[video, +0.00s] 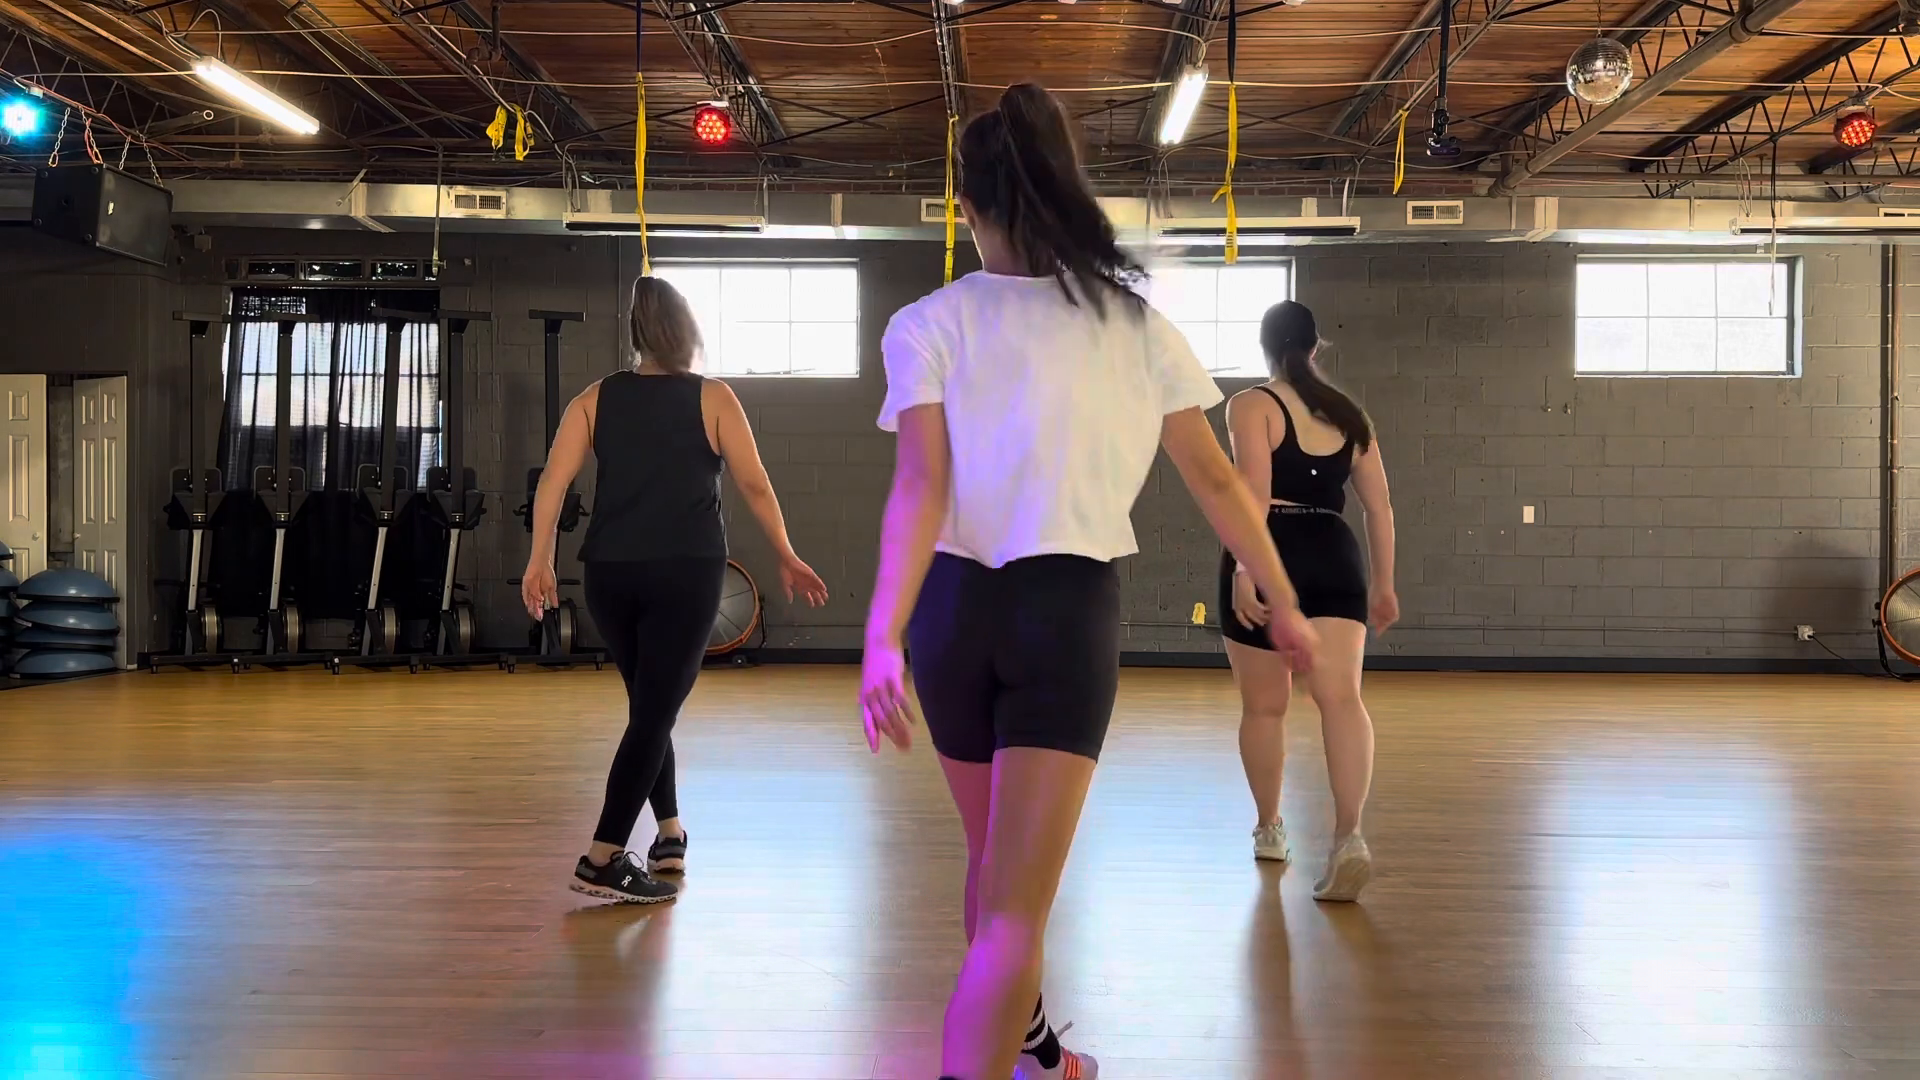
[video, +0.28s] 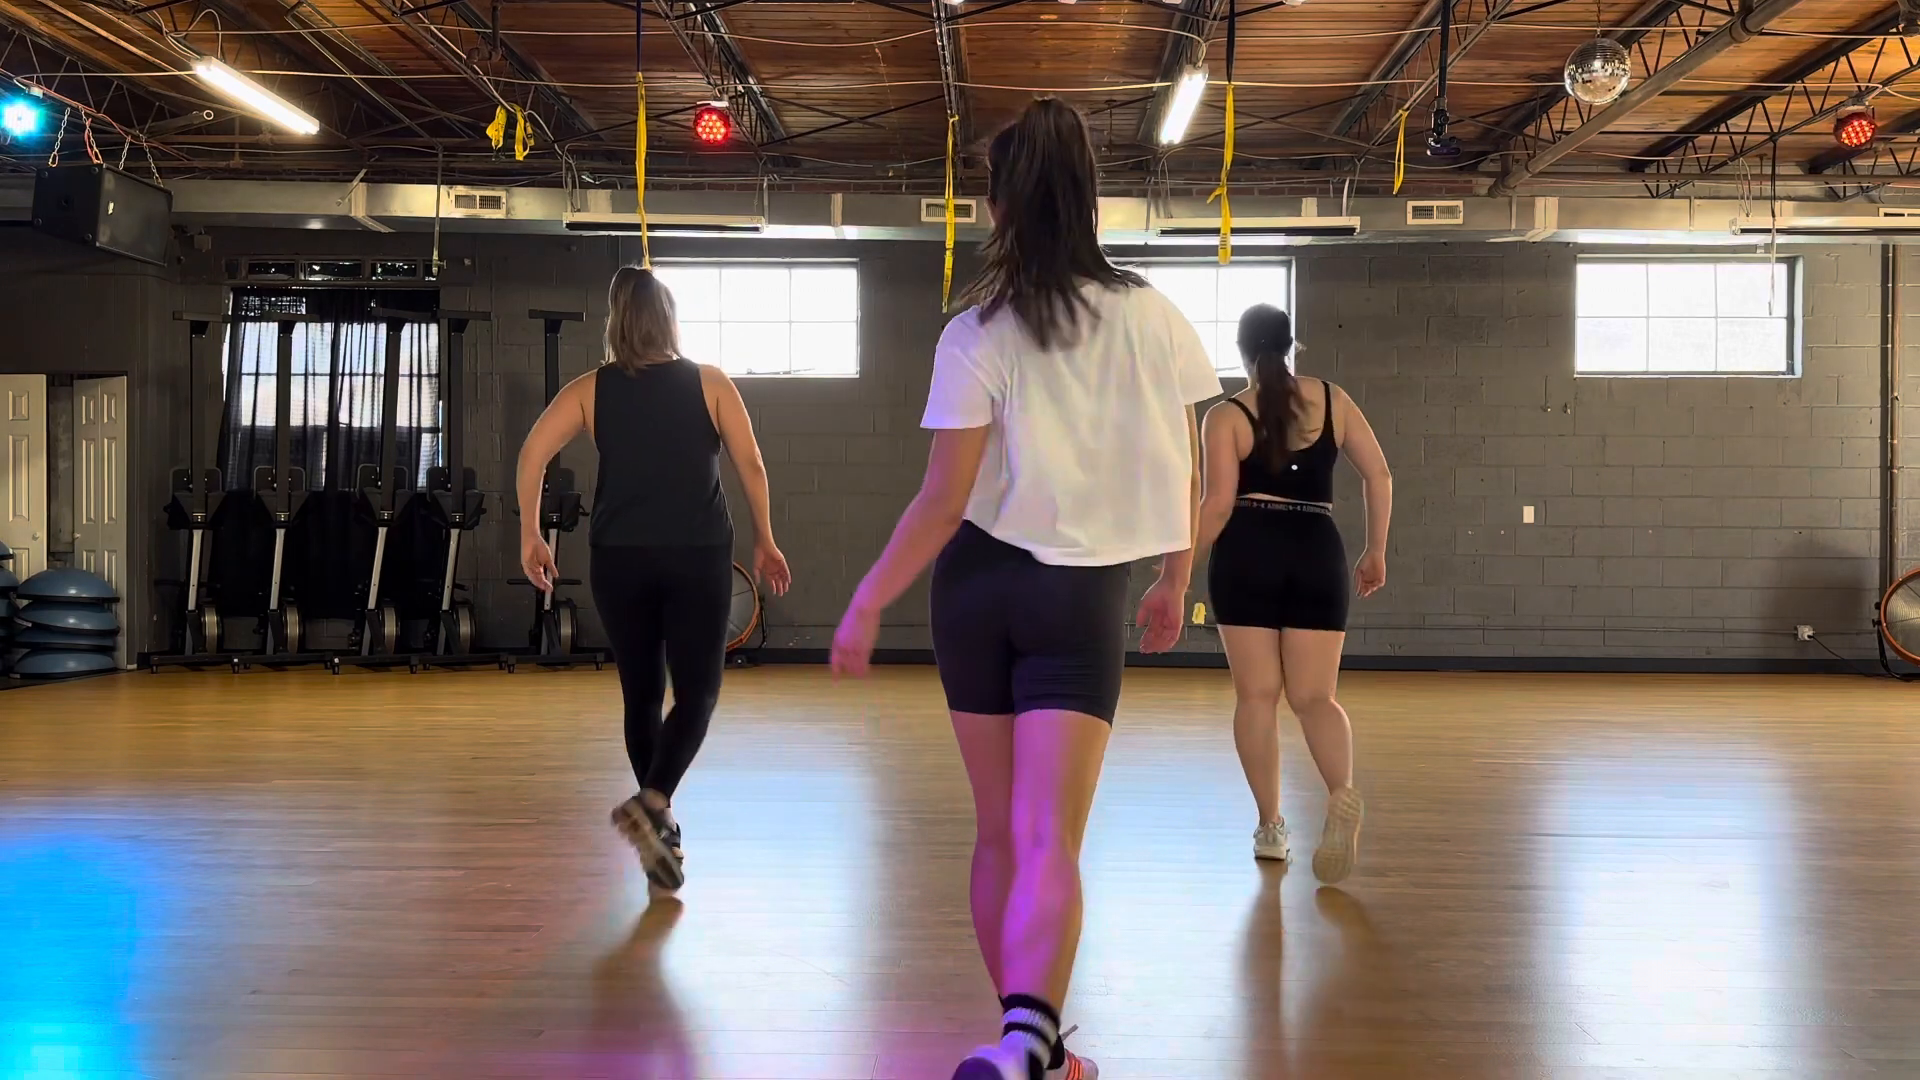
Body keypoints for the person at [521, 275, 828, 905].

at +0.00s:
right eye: (688, 323)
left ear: (633, 334)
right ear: (689, 330)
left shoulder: (594, 399)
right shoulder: (713, 397)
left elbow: (554, 479)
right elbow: (756, 485)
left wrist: (539, 557)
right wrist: (787, 554)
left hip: (607, 572)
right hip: (686, 572)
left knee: (650, 706)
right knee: (652, 716)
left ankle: (671, 832)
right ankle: (601, 856)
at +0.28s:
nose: (673, 321)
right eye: (671, 310)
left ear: (615, 324)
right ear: (672, 318)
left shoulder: (590, 388)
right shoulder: (709, 381)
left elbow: (532, 455)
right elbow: (750, 465)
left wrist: (531, 533)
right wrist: (765, 540)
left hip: (619, 561)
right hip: (698, 559)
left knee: (640, 694)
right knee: (698, 694)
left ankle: (664, 825)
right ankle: (651, 802)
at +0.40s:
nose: (665, 330)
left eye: (617, 325)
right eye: (666, 321)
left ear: (611, 332)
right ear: (668, 327)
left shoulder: (587, 405)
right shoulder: (709, 392)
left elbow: (561, 493)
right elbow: (740, 476)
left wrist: (529, 569)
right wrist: (754, 552)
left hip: (620, 570)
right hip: (699, 563)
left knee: (646, 700)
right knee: (714, 677)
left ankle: (668, 829)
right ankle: (687, 723)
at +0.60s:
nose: (670, 333)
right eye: (670, 325)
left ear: (612, 333)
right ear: (669, 330)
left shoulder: (584, 410)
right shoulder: (705, 392)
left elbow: (590, 502)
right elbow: (734, 472)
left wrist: (620, 540)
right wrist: (735, 550)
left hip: (623, 564)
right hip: (695, 557)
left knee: (645, 696)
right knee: (688, 644)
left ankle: (667, 825)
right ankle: (697, 726)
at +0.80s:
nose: (674, 337)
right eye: (673, 328)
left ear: (619, 336)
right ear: (673, 334)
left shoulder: (584, 409)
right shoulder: (702, 397)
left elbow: (590, 498)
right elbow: (723, 477)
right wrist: (728, 554)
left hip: (620, 567)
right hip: (692, 563)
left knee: (642, 695)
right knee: (672, 680)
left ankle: (669, 822)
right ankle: (643, 792)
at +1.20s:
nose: (687, 354)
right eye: (689, 345)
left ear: (635, 345)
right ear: (685, 350)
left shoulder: (593, 405)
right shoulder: (702, 415)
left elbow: (577, 491)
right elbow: (707, 497)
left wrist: (573, 558)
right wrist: (707, 575)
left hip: (605, 570)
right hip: (672, 572)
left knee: (608, 684)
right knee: (654, 687)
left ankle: (632, 761)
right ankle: (623, 804)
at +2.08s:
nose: (706, 364)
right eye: (708, 355)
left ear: (666, 362)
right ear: (711, 362)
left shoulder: (639, 419)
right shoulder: (730, 417)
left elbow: (625, 491)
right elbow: (743, 490)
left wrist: (598, 548)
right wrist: (770, 560)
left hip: (653, 559)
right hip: (712, 559)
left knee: (681, 665)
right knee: (705, 671)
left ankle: (698, 771)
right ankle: (656, 755)